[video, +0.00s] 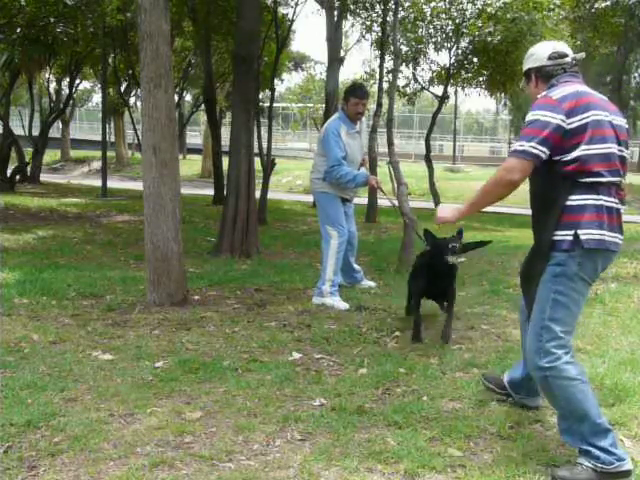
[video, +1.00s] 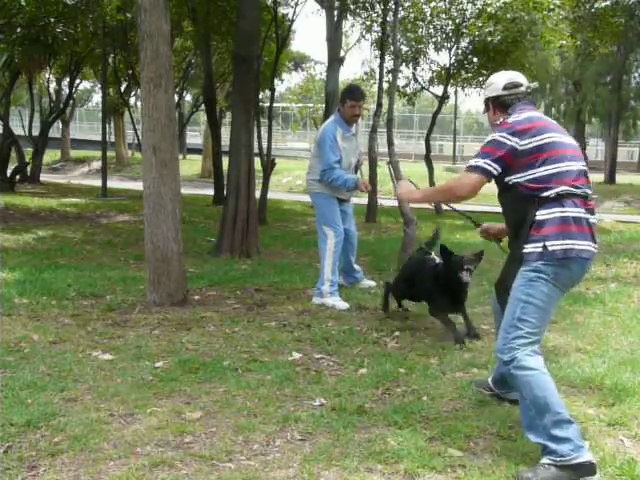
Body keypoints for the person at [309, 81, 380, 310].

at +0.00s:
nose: (360, 109)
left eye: (364, 105)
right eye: (356, 105)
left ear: (366, 105)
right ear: (344, 104)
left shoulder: (358, 126)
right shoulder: (333, 128)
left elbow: (351, 155)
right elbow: (335, 171)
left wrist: (360, 161)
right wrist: (364, 179)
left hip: (344, 189)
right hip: (326, 188)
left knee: (350, 234)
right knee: (337, 234)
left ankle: (351, 275)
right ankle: (326, 291)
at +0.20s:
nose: (360, 109)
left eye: (363, 104)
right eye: (355, 104)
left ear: (366, 104)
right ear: (344, 103)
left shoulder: (352, 127)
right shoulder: (333, 128)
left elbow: (350, 161)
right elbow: (339, 170)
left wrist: (368, 170)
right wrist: (371, 175)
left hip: (343, 189)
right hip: (326, 189)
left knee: (349, 234)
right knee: (337, 234)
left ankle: (351, 276)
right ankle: (325, 291)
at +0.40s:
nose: (358, 108)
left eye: (361, 103)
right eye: (354, 103)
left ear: (364, 103)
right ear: (343, 102)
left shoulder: (351, 127)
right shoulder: (332, 127)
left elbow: (350, 162)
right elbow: (337, 170)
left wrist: (368, 171)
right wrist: (368, 173)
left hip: (343, 190)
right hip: (327, 189)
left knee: (350, 237)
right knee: (337, 235)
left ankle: (340, 283)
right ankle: (325, 291)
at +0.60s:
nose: (357, 108)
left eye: (360, 103)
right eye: (352, 103)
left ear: (362, 104)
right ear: (342, 102)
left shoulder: (351, 127)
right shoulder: (329, 127)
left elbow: (350, 160)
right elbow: (331, 169)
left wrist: (362, 171)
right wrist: (360, 173)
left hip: (344, 190)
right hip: (326, 189)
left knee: (350, 235)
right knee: (334, 236)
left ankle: (346, 275)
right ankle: (326, 290)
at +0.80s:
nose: (356, 110)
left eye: (359, 105)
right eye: (351, 105)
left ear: (361, 105)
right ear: (341, 103)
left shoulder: (351, 128)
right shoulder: (328, 128)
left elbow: (350, 160)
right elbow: (329, 170)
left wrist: (362, 172)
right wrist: (358, 174)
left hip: (344, 189)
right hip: (325, 188)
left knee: (350, 233)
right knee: (334, 234)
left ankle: (348, 277)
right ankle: (327, 289)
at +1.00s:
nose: (357, 112)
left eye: (360, 107)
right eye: (352, 107)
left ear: (362, 107)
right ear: (341, 105)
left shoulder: (352, 129)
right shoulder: (330, 131)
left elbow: (348, 160)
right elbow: (328, 172)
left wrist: (357, 164)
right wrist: (354, 182)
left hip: (341, 189)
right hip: (322, 189)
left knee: (349, 233)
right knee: (334, 234)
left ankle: (351, 275)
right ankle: (325, 292)